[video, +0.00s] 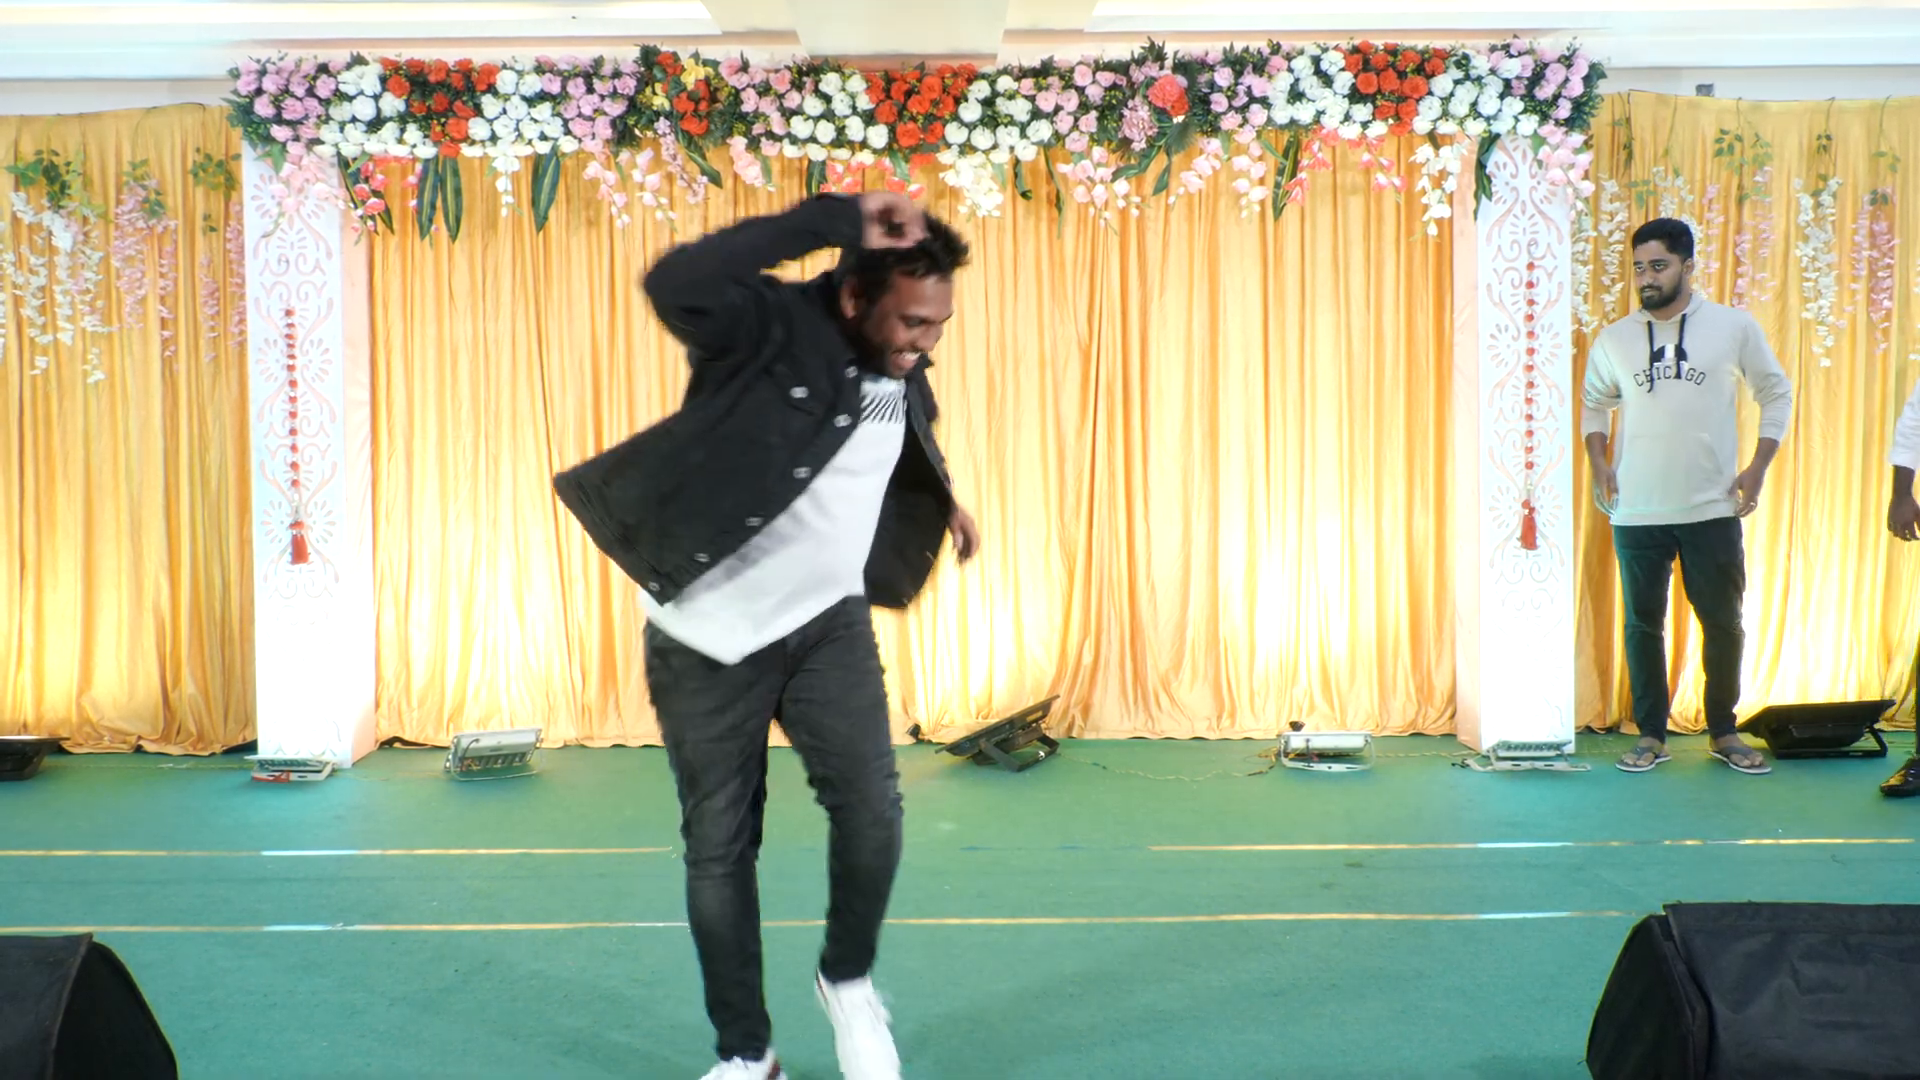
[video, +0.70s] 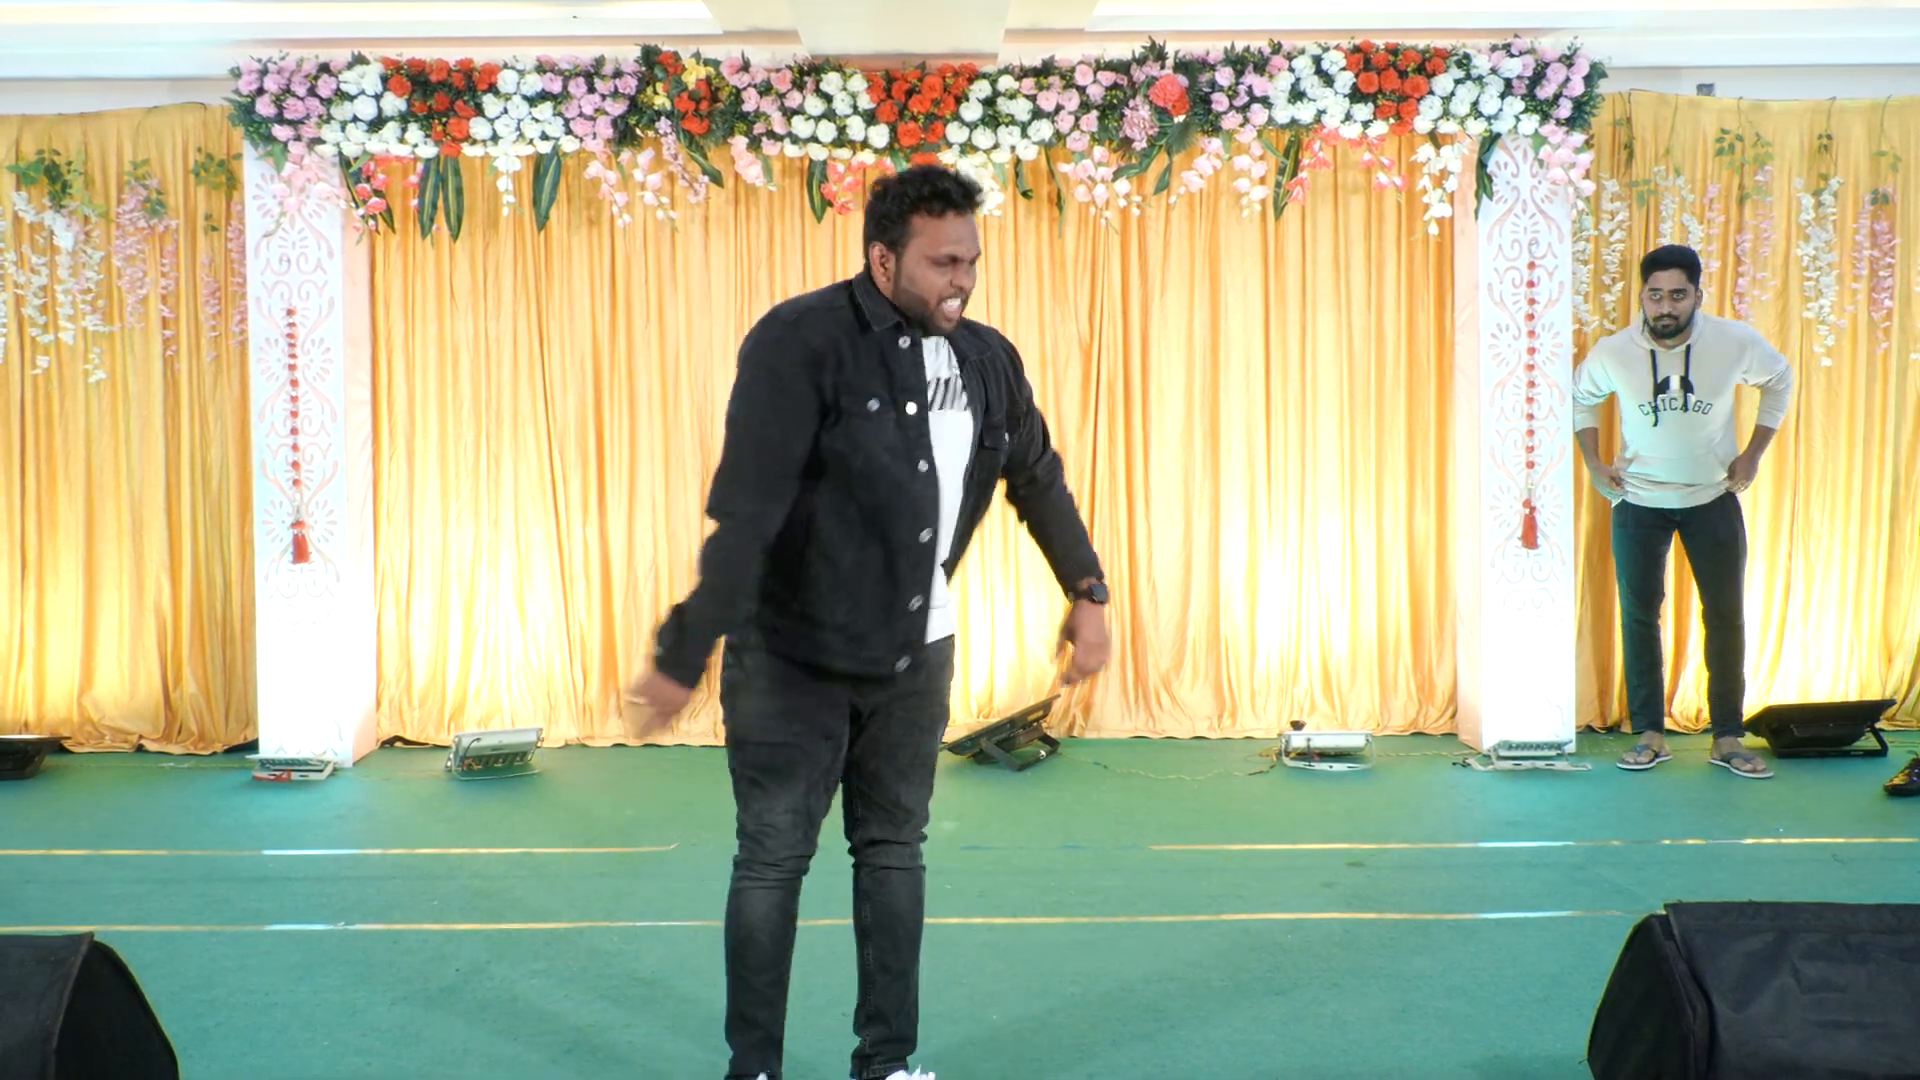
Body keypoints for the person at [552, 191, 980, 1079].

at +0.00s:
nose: (924, 342)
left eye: (937, 325)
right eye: (912, 323)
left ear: (945, 312)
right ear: (854, 294)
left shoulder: (903, 371)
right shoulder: (765, 327)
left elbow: (900, 448)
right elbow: (674, 283)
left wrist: (945, 504)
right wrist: (836, 221)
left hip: (828, 619)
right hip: (708, 632)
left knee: (873, 815)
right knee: (719, 846)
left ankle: (847, 979)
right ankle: (742, 1055)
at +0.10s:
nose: (954, 323)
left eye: (965, 307)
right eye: (940, 304)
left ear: (972, 293)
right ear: (887, 280)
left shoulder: (910, 349)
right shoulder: (802, 318)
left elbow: (879, 400)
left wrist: (931, 442)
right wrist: (926, 234)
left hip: (857, 618)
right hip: (744, 629)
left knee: (891, 825)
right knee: (714, 830)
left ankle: (883, 1049)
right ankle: (669, 1017)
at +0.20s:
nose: (979, 329)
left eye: (986, 315)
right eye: (969, 311)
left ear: (937, 311)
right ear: (906, 304)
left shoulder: (912, 349)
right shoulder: (834, 333)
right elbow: (860, 473)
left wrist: (928, 446)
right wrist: (943, 348)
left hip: (888, 671)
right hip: (780, 671)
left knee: (920, 865)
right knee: (728, 864)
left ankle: (891, 1066)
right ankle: (591, 876)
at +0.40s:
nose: (994, 351)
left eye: (1000, 331)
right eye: (980, 332)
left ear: (937, 319)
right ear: (915, 317)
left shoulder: (928, 386)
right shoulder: (851, 395)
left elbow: (884, 490)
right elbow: (850, 547)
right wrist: (973, 454)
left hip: (905, 667)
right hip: (808, 674)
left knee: (939, 864)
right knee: (805, 882)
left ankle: (893, 1063)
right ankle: (681, 755)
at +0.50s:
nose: (988, 320)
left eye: (997, 300)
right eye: (973, 299)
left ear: (998, 288)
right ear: (909, 285)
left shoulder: (956, 361)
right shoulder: (828, 356)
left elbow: (935, 467)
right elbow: (788, 498)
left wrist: (1003, 522)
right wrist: (958, 526)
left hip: (910, 649)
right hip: (803, 649)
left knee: (911, 852)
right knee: (818, 844)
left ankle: (887, 1061)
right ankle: (704, 880)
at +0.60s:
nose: (977, 298)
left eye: (984, 277)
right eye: (959, 277)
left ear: (988, 267)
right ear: (895, 262)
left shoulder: (985, 346)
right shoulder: (812, 323)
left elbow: (1001, 445)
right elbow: (763, 480)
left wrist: (1043, 543)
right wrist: (830, 635)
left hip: (909, 630)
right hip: (794, 624)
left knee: (888, 844)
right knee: (782, 844)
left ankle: (883, 1059)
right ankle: (744, 1050)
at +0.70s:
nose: (965, 279)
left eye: (971, 259)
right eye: (946, 262)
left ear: (977, 254)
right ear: (882, 259)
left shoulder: (985, 360)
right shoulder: (799, 341)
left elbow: (1036, 474)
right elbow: (746, 509)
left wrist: (1087, 589)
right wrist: (685, 651)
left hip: (912, 654)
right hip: (791, 654)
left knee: (893, 851)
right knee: (774, 857)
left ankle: (886, 1060)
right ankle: (753, 1066)